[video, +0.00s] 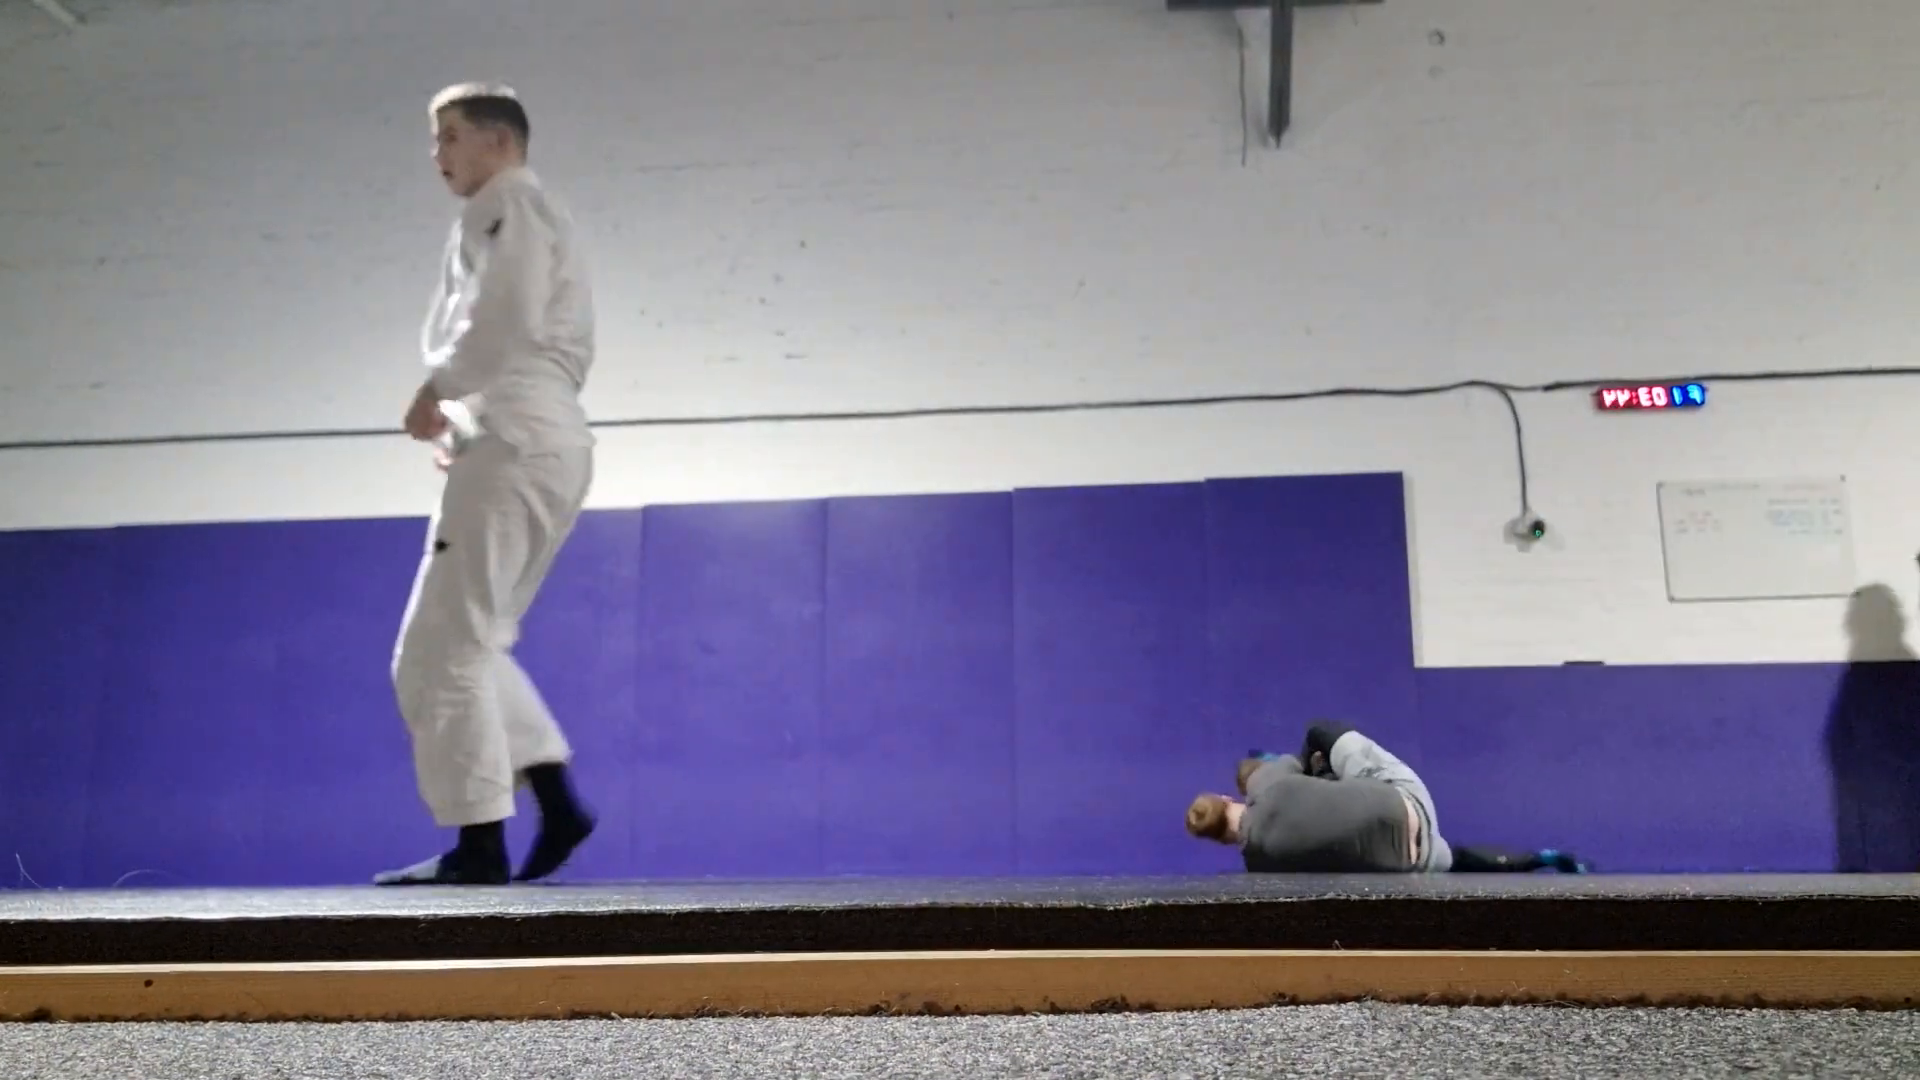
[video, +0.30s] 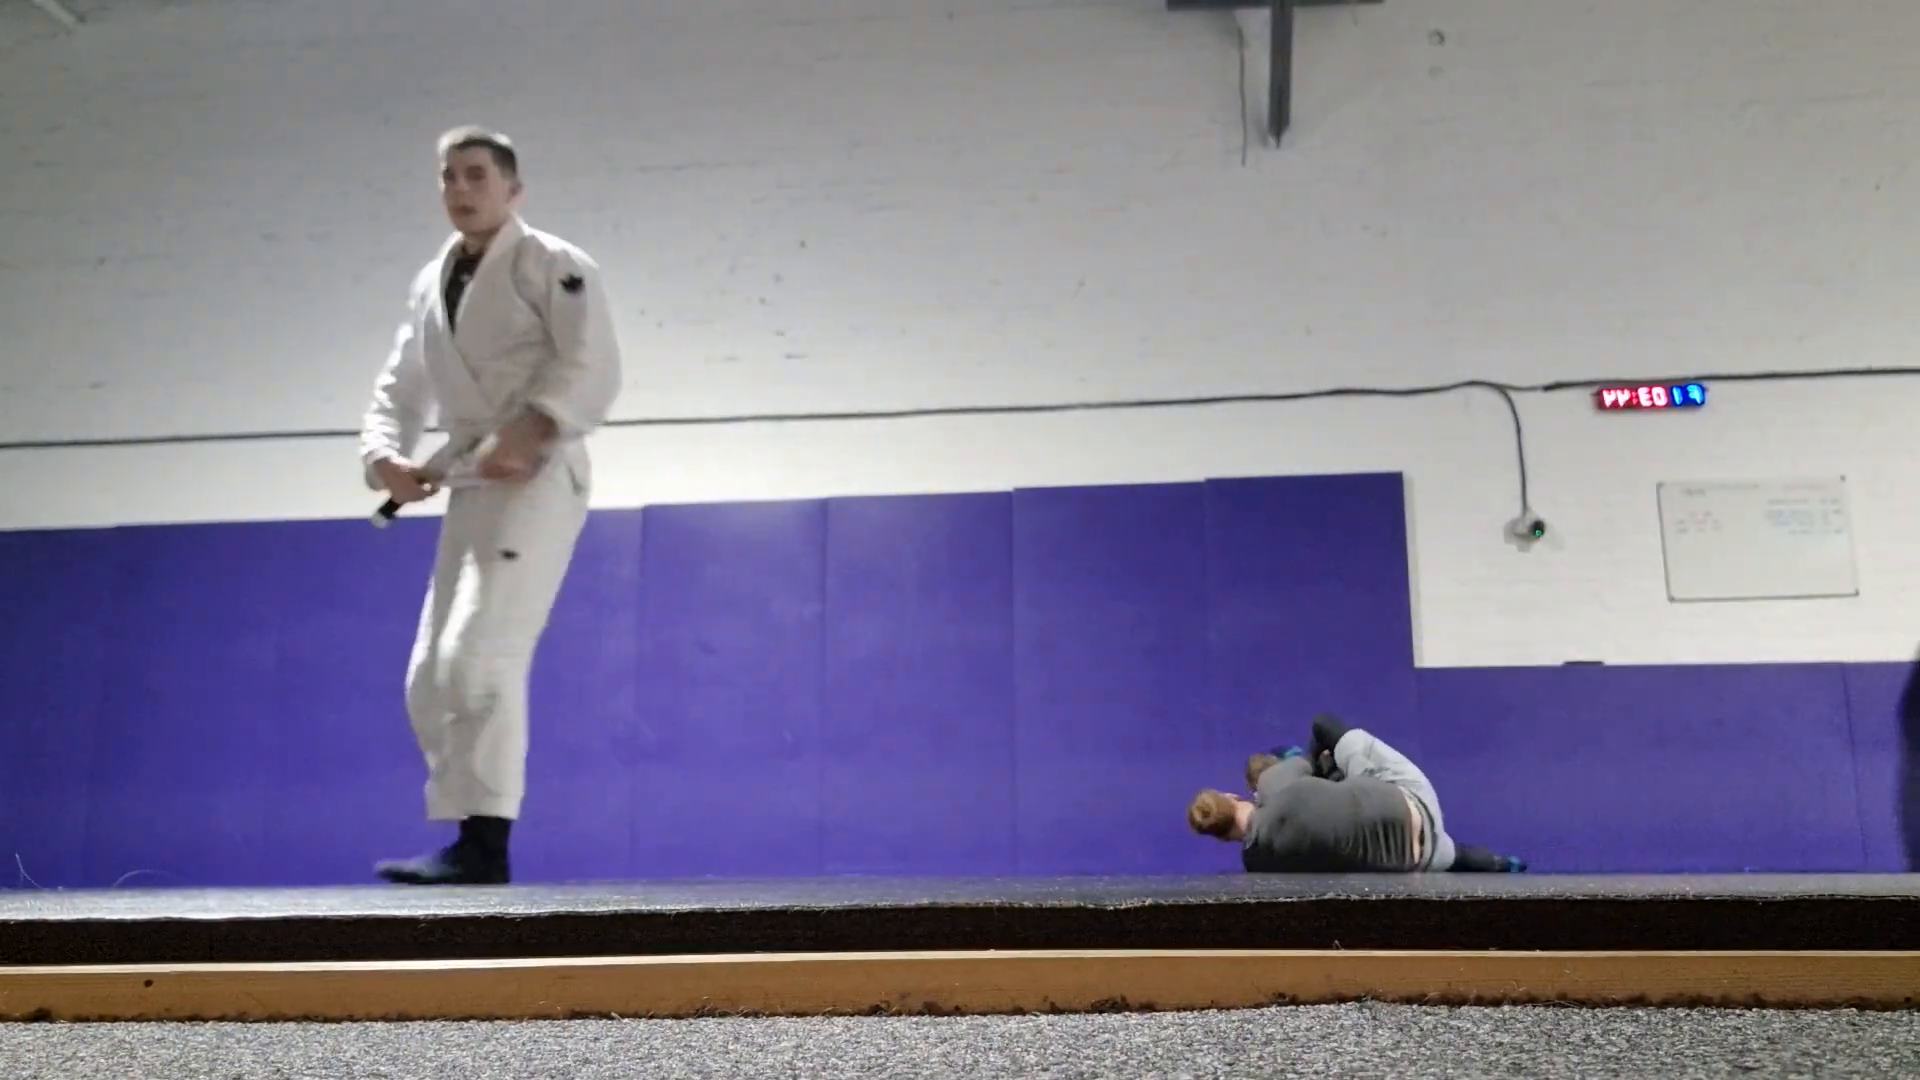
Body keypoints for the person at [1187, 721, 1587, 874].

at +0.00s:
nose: (1255, 773)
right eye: (1247, 777)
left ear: (1219, 840)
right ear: (1234, 794)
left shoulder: (1259, 862)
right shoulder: (1267, 783)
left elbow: (1319, 865)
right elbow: (1304, 757)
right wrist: (1302, 771)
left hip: (1413, 863)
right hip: (1407, 808)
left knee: (1459, 856)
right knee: (1320, 730)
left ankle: (1539, 861)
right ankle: (1321, 776)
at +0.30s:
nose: (1234, 792)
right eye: (1232, 792)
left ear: (1220, 838)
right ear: (1236, 797)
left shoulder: (1258, 865)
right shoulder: (1275, 784)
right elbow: (1307, 761)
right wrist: (1287, 764)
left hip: (1422, 859)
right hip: (1415, 806)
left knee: (1452, 852)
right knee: (1329, 726)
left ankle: (1504, 864)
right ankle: (1326, 768)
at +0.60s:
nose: (1229, 792)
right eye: (1228, 793)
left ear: (1218, 840)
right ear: (1231, 798)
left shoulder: (1257, 865)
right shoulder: (1271, 785)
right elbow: (1305, 762)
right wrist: (1267, 770)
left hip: (1422, 860)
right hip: (1415, 808)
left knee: (1453, 853)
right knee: (1329, 728)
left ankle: (1501, 864)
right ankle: (1328, 772)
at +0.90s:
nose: (1229, 790)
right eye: (1228, 790)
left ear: (1217, 836)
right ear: (1232, 795)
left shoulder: (1256, 865)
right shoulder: (1269, 782)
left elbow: (1307, 853)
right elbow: (1311, 762)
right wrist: (1266, 773)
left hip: (1420, 861)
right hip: (1415, 807)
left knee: (1452, 853)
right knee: (1322, 725)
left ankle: (1510, 864)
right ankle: (1327, 768)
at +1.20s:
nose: (1231, 791)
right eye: (1229, 791)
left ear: (1217, 837)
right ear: (1232, 796)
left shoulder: (1257, 864)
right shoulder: (1270, 783)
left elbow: (1306, 850)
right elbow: (1310, 762)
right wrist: (1265, 775)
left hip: (1420, 861)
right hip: (1416, 809)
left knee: (1452, 854)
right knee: (1323, 727)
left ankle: (1507, 865)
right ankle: (1331, 771)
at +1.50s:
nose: (1230, 791)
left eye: (1226, 792)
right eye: (1227, 792)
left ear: (1216, 838)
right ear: (1231, 797)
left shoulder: (1257, 862)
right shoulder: (1274, 783)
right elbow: (1320, 759)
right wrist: (1264, 775)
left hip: (1423, 862)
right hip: (1416, 808)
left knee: (1459, 855)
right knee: (1323, 727)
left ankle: (1513, 866)